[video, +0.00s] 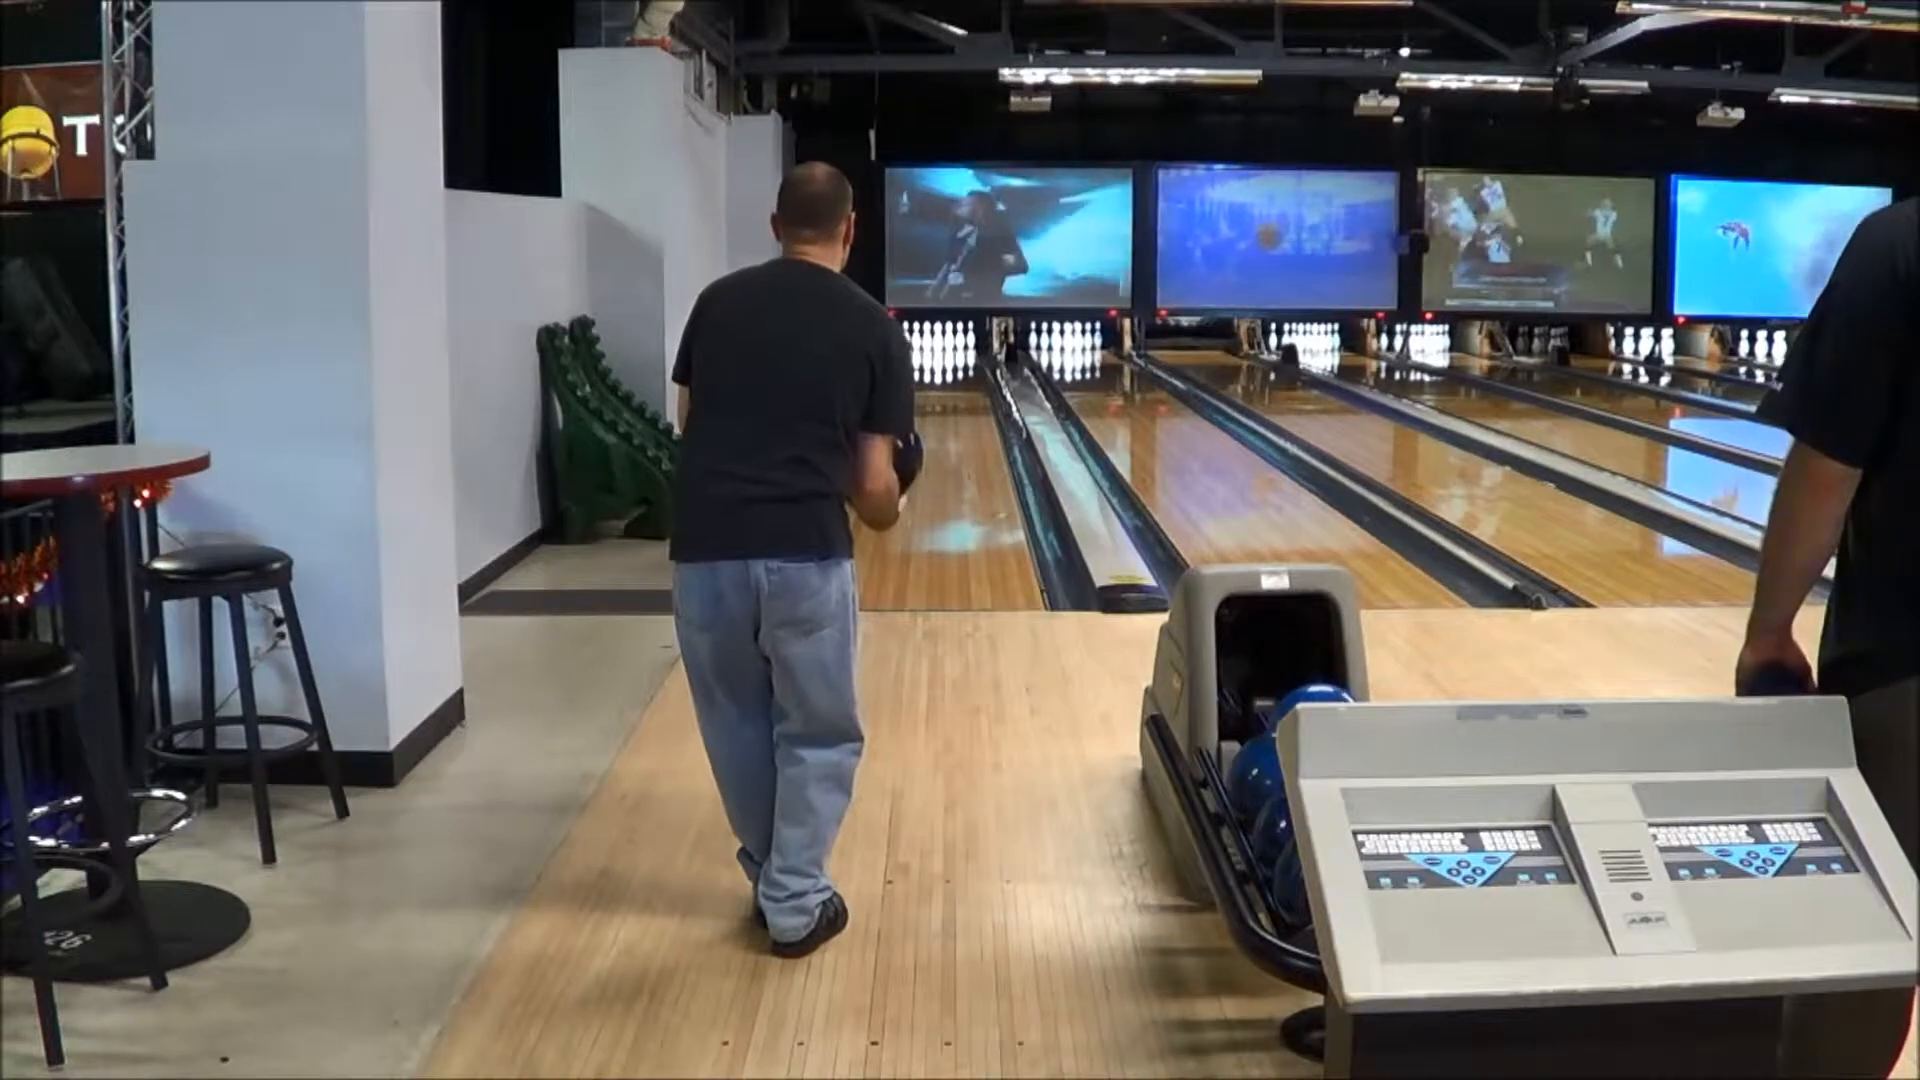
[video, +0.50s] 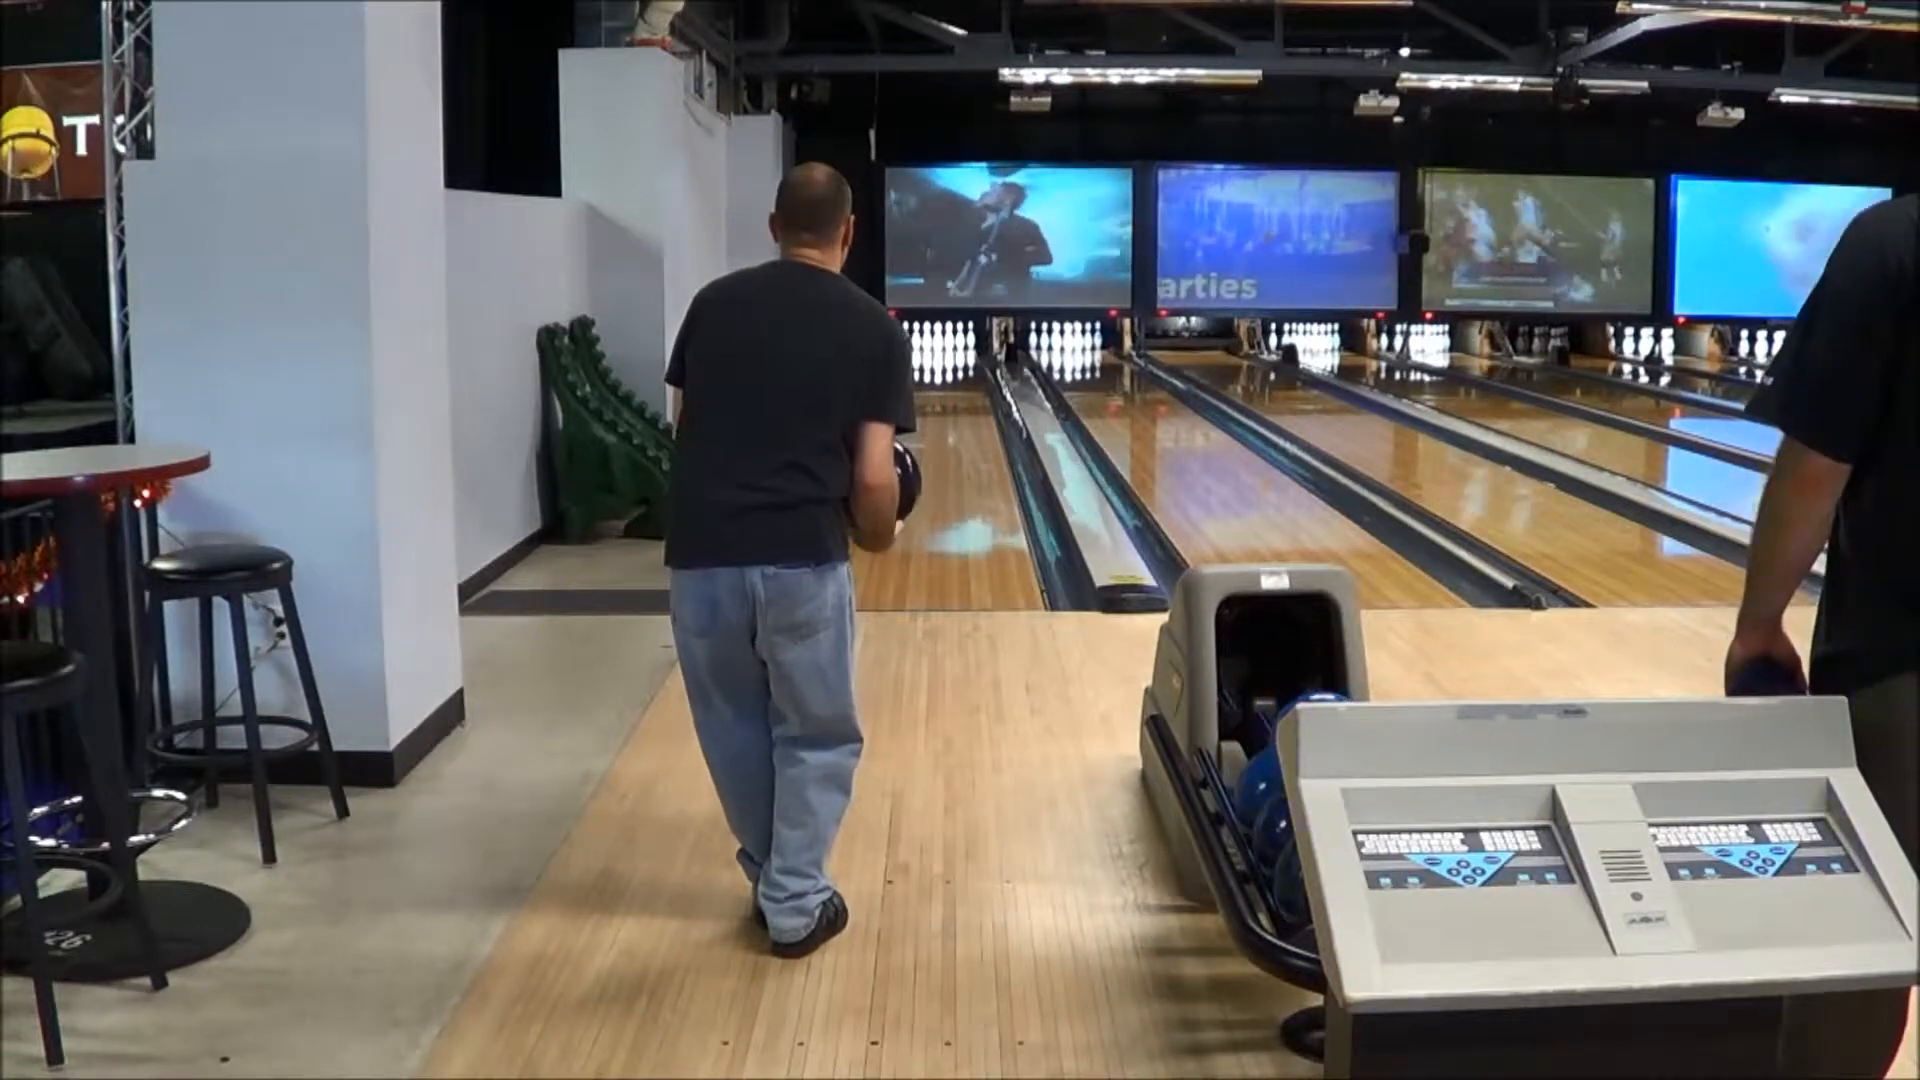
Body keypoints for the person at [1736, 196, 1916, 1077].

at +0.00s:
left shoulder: (1898, 244)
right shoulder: (1893, 244)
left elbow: (1826, 462)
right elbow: (1827, 462)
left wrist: (1769, 630)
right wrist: (1775, 631)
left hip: (1897, 670)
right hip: (1887, 663)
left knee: (1872, 935)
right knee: (1868, 932)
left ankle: (1843, 1059)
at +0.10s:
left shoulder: (1897, 244)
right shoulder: (1891, 244)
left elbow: (1824, 463)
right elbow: (1825, 463)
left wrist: (1768, 628)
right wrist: (1773, 628)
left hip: (1896, 671)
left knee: (1871, 934)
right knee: (1867, 930)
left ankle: (1842, 1061)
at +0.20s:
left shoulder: (1896, 242)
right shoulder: (1891, 243)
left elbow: (1821, 463)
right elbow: (1823, 463)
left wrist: (1766, 627)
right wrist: (1770, 627)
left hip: (1895, 671)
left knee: (1869, 935)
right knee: (1865, 931)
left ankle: (1839, 1061)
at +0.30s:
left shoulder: (1893, 243)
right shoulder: (1888, 243)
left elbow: (1819, 458)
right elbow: (1821, 458)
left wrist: (1764, 626)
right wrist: (1768, 626)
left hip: (1893, 670)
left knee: (1872, 930)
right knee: (1868, 927)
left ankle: (1843, 1058)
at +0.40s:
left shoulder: (1893, 242)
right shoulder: (1888, 242)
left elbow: (1819, 458)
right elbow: (1820, 458)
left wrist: (1762, 623)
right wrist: (1766, 623)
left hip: (1893, 669)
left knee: (1866, 935)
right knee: (1862, 933)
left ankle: (1836, 1062)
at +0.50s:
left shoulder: (1893, 240)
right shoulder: (1888, 241)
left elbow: (1815, 460)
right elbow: (1816, 460)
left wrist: (1760, 621)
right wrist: (1765, 620)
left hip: (1892, 665)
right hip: (1883, 660)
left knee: (1867, 930)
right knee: (1863, 927)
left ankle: (1837, 1062)